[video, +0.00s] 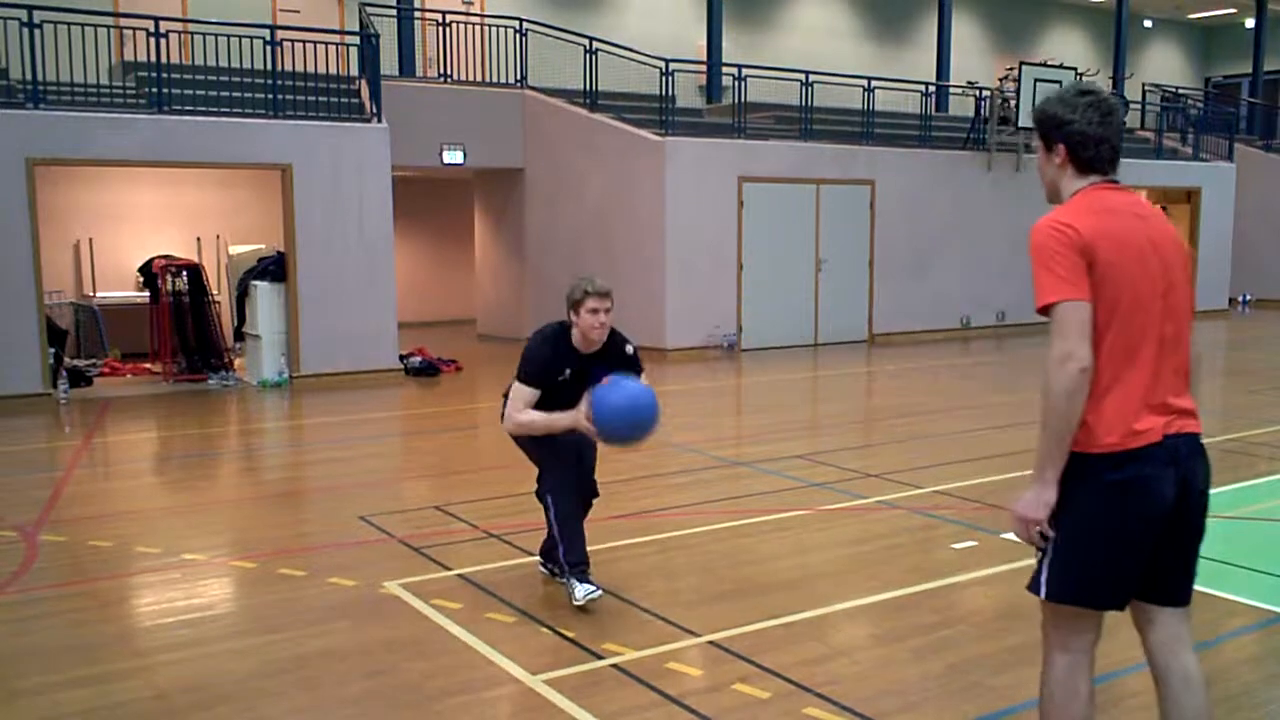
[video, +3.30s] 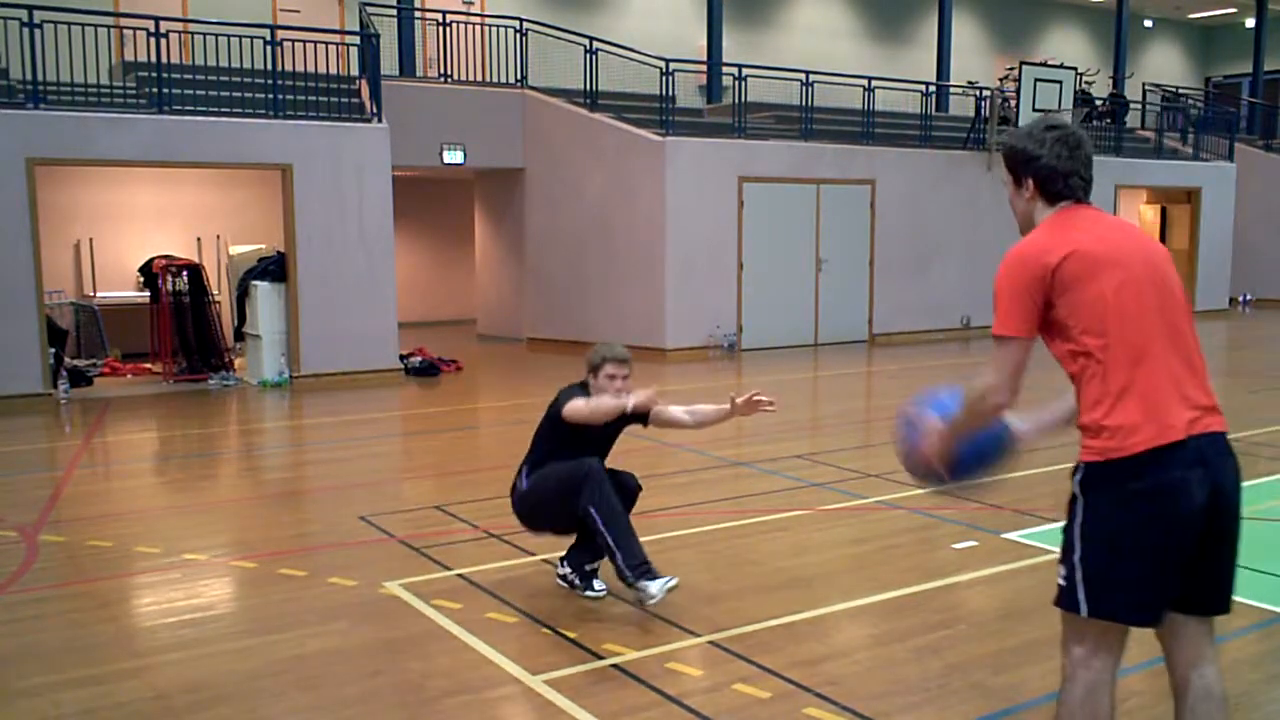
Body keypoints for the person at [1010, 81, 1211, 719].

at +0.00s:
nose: (1036, 162)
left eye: (1037, 148)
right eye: (1037, 149)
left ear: (1056, 152)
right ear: (1110, 149)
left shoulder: (1062, 228)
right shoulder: (1162, 224)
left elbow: (1073, 361)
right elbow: (1174, 348)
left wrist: (1043, 480)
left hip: (1106, 473)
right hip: (1181, 466)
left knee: (1069, 642)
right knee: (1167, 628)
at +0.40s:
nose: (1112, 158)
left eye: (1115, 143)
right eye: (1112, 143)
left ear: (1139, 146)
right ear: (1188, 147)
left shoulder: (1136, 227)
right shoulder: (1234, 232)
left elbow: (1098, 365)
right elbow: (1208, 360)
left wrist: (1011, 402)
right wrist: (1117, 395)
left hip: (1142, 474)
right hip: (1225, 471)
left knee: (1085, 637)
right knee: (1198, 632)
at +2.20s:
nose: (1142, 169)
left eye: (1142, 152)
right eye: (1141, 152)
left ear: (1169, 149)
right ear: (1221, 150)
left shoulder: (1173, 230)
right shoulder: (1265, 228)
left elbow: (1181, 369)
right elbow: (1254, 367)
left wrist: (1102, 410)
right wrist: (1137, 403)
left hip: (1177, 479)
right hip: (1253, 474)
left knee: (1080, 631)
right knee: (1214, 641)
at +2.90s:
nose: (1064, 195)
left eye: (1064, 180)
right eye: (1062, 180)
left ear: (1087, 176)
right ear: (1140, 171)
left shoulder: (1104, 244)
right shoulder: (1209, 237)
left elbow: (1130, 381)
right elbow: (1241, 360)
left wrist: (1097, 481)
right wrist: (1153, 445)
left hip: (1179, 480)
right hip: (1255, 470)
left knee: (1114, 654)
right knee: (1222, 650)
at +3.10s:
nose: (1024, 219)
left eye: (1022, 204)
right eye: (1021, 205)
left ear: (1040, 201)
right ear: (1091, 193)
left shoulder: (1055, 265)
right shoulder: (1158, 246)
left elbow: (1075, 405)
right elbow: (1185, 376)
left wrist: (1060, 509)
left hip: (1164, 479)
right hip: (1245, 464)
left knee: (1113, 660)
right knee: (1218, 648)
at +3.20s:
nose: (1011, 214)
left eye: (1011, 198)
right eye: (1011, 199)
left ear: (1031, 197)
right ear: (1085, 191)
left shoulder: (1042, 265)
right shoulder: (1150, 246)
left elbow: (1033, 407)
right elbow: (1171, 383)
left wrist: (1006, 494)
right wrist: (1096, 475)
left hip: (1141, 476)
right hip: (1225, 464)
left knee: (1102, 660)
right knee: (1206, 653)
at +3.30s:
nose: (1008, 198)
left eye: (1008, 183)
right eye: (1008, 184)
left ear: (1027, 185)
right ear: (1079, 180)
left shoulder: (1033, 256)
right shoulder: (1138, 240)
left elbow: (999, 391)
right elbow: (1111, 381)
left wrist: (944, 439)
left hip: (1125, 474)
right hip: (1208, 461)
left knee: (1090, 655)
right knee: (1192, 646)